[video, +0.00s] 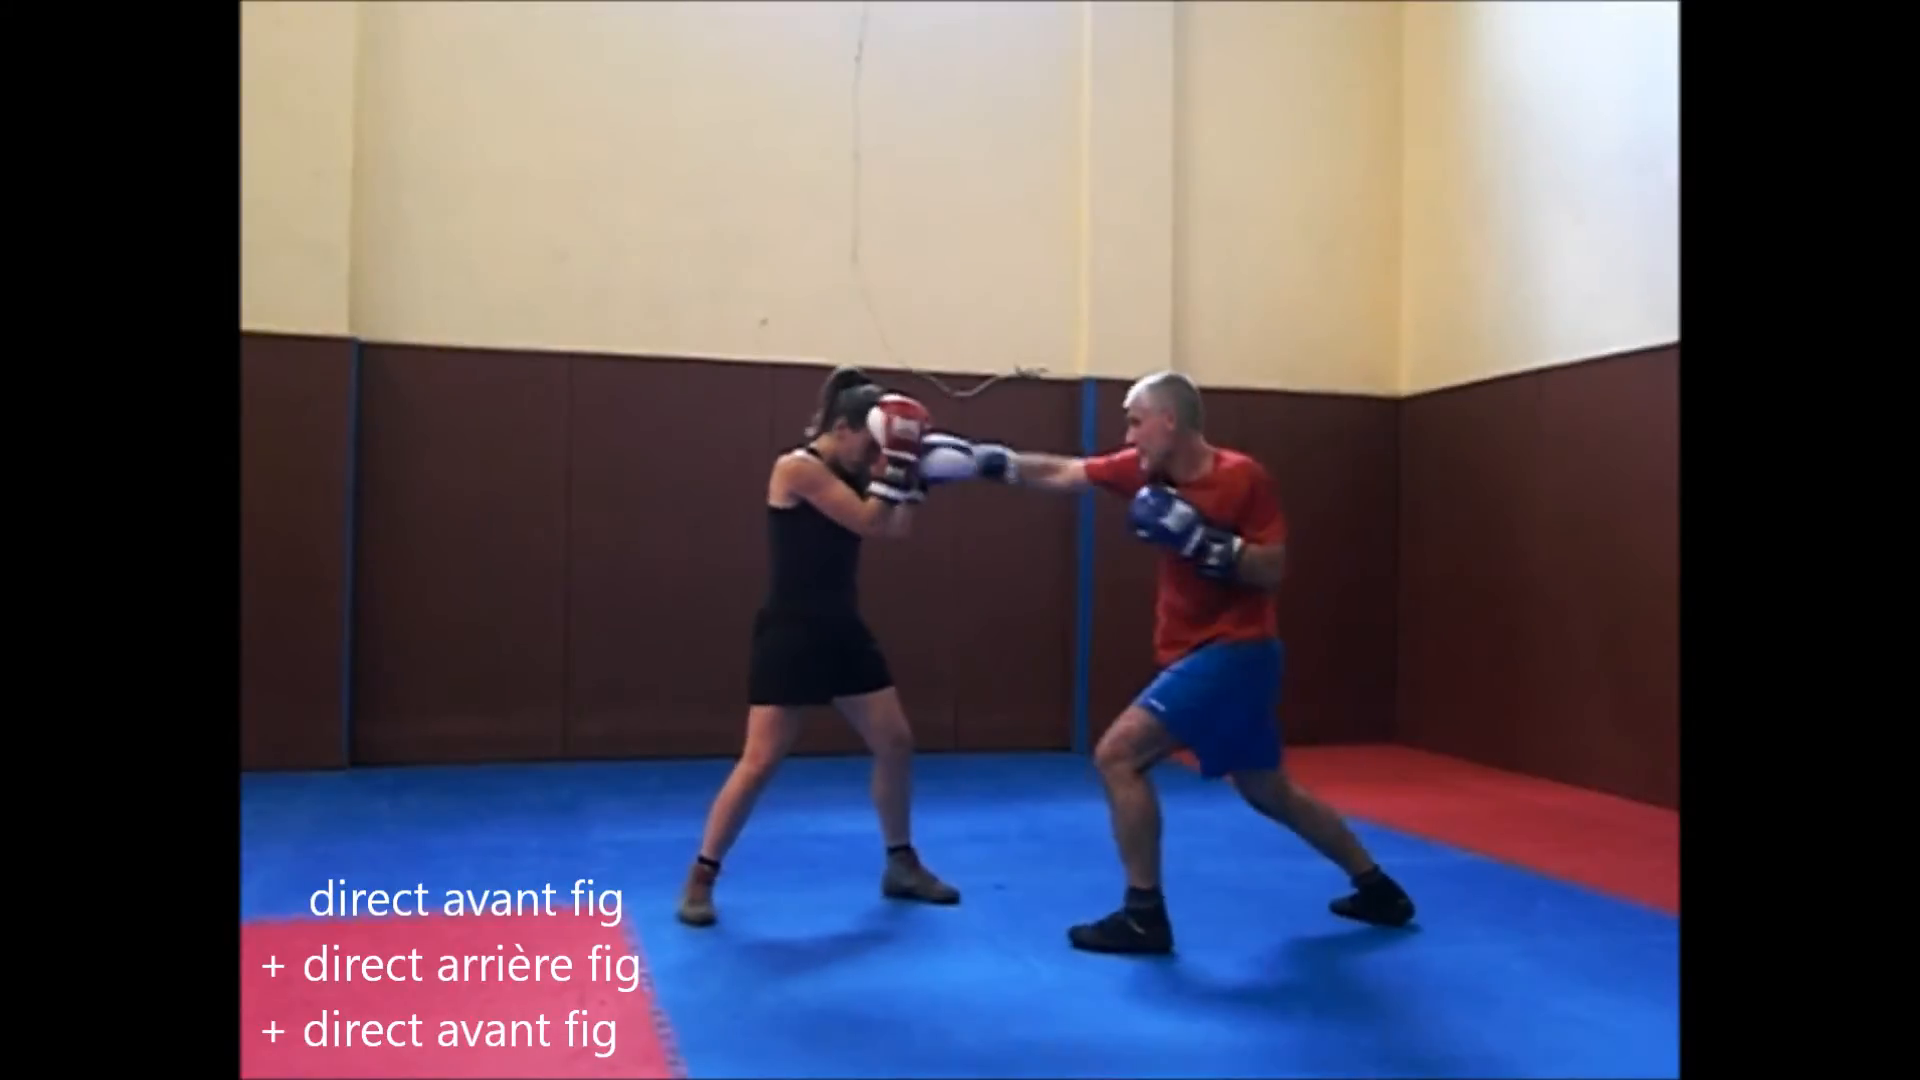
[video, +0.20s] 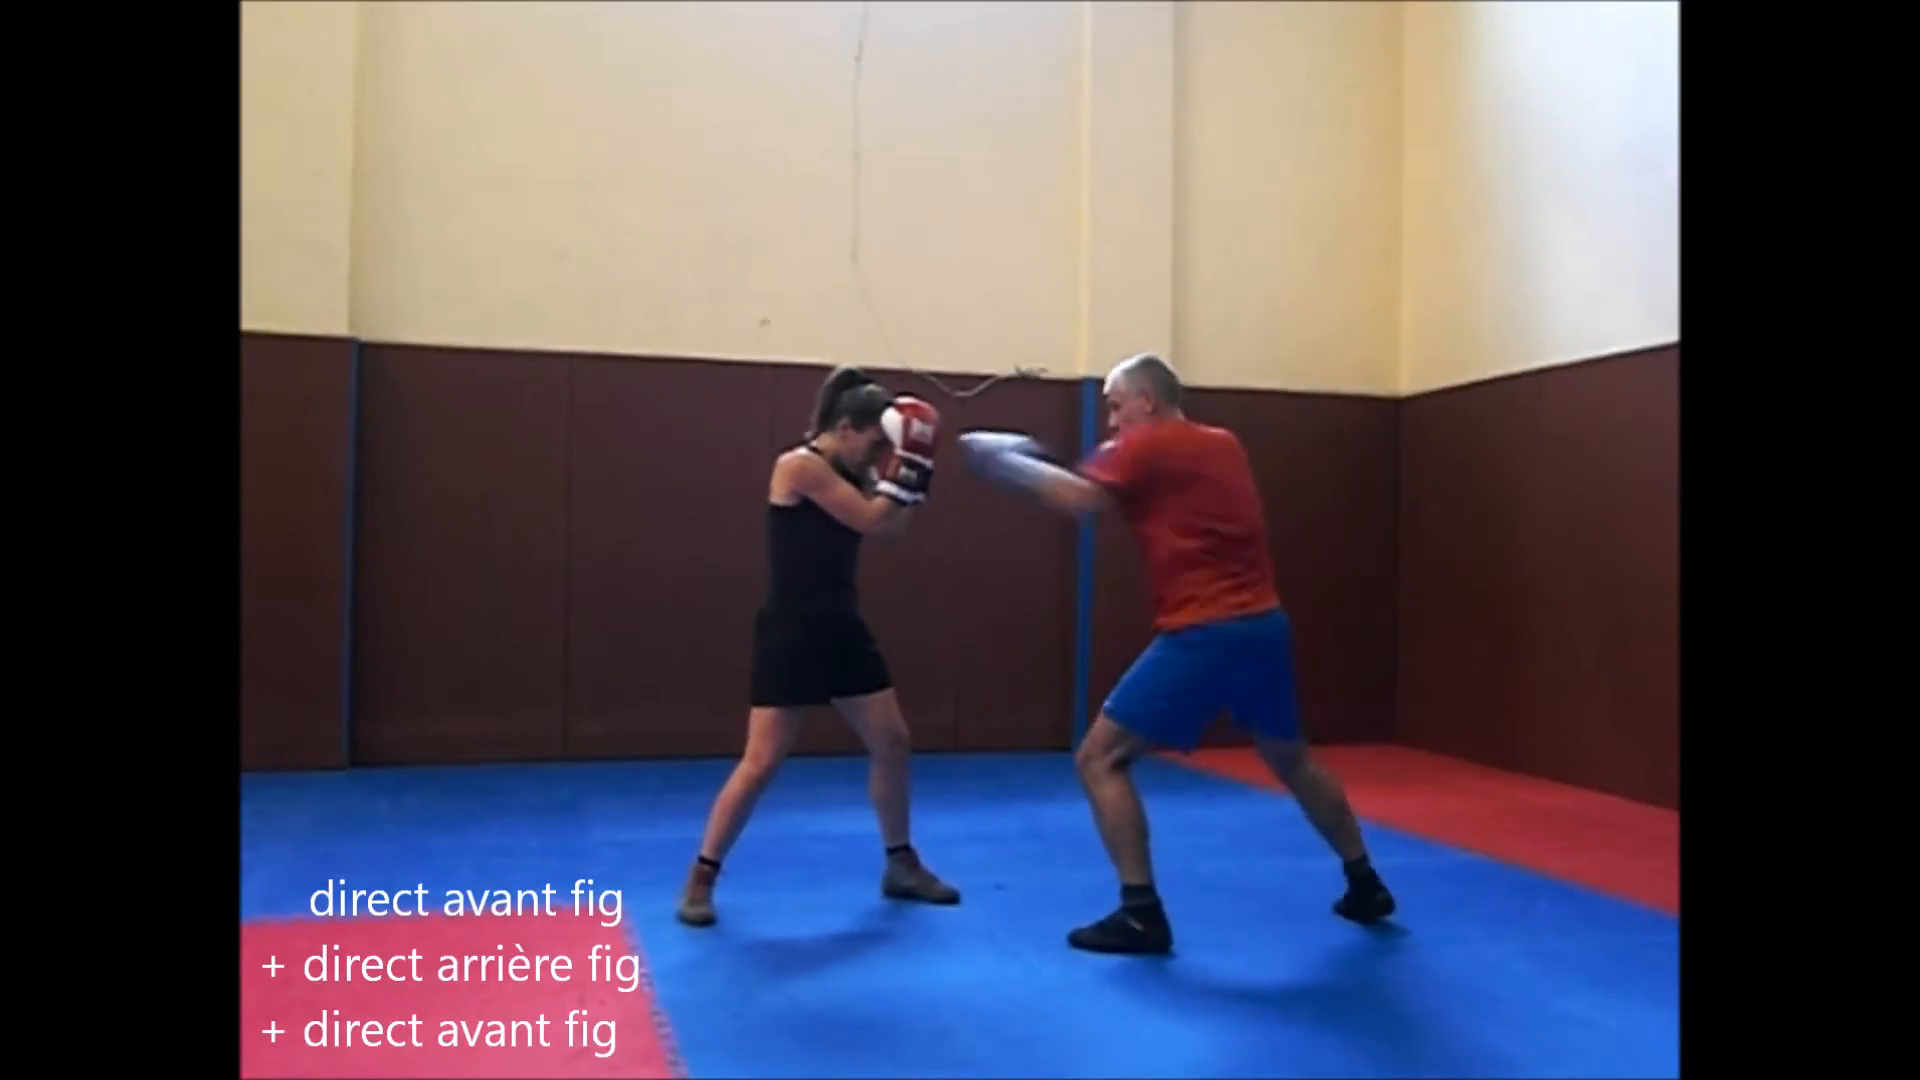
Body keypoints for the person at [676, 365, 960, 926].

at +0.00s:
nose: (873, 451)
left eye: (877, 442)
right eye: (869, 440)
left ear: (858, 434)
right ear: (841, 429)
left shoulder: (846, 475)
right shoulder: (797, 468)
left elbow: (894, 525)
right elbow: (872, 522)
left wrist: (913, 472)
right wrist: (892, 466)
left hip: (840, 631)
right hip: (789, 633)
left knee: (894, 741)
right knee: (760, 760)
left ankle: (901, 865)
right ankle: (701, 878)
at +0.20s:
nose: (876, 453)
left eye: (881, 445)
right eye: (874, 442)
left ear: (854, 433)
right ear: (845, 429)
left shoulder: (842, 473)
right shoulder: (799, 467)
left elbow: (890, 522)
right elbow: (874, 520)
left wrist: (915, 465)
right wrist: (899, 468)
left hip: (839, 630)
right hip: (790, 632)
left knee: (891, 741)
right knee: (762, 760)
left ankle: (901, 866)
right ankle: (701, 878)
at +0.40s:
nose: (863, 443)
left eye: (867, 434)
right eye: (859, 431)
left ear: (847, 425)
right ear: (829, 419)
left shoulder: (838, 471)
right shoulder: (787, 464)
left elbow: (890, 526)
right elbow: (857, 513)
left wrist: (906, 475)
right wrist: (881, 460)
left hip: (842, 628)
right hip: (790, 630)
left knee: (888, 741)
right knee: (762, 758)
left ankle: (900, 865)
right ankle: (702, 878)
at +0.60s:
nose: (871, 447)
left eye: (873, 438)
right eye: (864, 436)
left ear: (844, 437)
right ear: (829, 434)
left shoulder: (846, 491)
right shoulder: (787, 486)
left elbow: (865, 568)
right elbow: (825, 568)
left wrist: (890, 520)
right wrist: (865, 514)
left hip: (842, 646)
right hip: (789, 649)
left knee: (913, 746)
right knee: (764, 769)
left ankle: (904, 866)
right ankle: (702, 882)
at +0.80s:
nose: (879, 411)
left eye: (880, 401)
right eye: (871, 400)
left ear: (855, 404)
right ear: (836, 401)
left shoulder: (852, 455)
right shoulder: (799, 449)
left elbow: (891, 518)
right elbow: (847, 519)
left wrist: (919, 469)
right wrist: (888, 469)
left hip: (846, 611)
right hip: (794, 613)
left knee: (882, 731)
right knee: (778, 742)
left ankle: (884, 857)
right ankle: (727, 864)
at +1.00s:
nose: (877, 435)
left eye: (878, 425)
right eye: (871, 424)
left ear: (842, 427)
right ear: (838, 423)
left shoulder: (843, 476)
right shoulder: (801, 474)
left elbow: (884, 541)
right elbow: (876, 526)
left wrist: (910, 486)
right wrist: (903, 471)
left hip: (853, 630)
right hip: (803, 638)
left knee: (941, 705)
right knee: (792, 759)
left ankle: (921, 823)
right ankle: (744, 869)